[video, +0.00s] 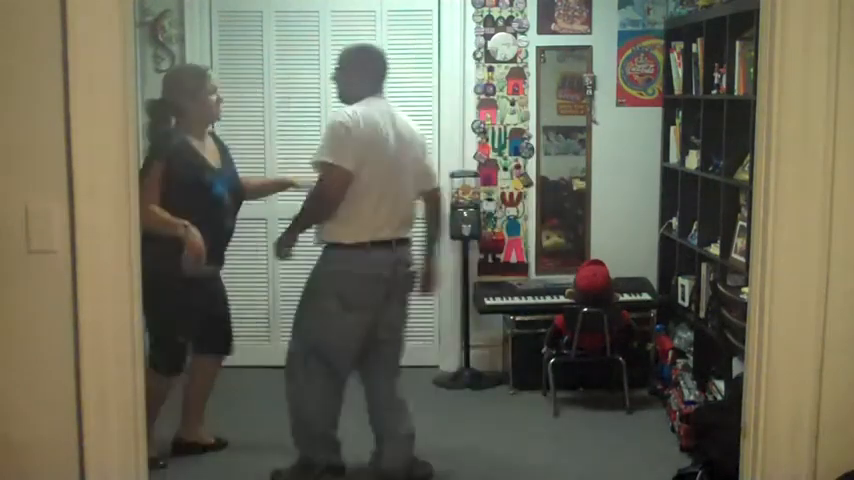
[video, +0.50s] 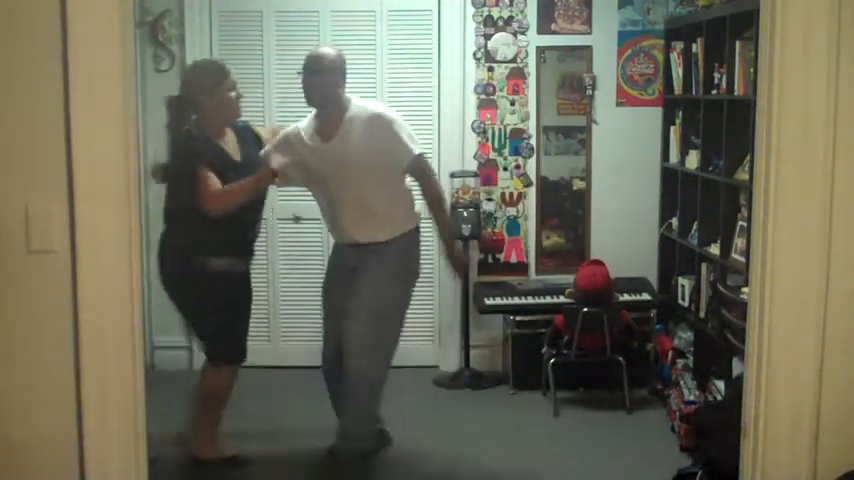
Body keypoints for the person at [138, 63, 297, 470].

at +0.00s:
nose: (220, 98)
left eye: (217, 91)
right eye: (211, 93)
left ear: (201, 101)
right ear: (186, 102)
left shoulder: (214, 144)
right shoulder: (166, 147)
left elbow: (235, 190)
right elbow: (144, 209)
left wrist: (282, 183)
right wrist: (185, 229)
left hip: (204, 267)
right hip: (166, 268)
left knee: (213, 344)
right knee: (168, 356)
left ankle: (191, 433)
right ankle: (142, 440)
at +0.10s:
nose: (218, 98)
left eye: (216, 92)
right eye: (209, 94)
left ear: (199, 103)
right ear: (185, 104)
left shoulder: (211, 144)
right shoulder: (164, 149)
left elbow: (222, 188)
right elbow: (146, 211)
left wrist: (268, 186)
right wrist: (197, 229)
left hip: (203, 269)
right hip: (164, 271)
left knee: (228, 341)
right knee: (157, 360)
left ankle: (194, 423)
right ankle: (140, 441)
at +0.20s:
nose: (218, 99)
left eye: (216, 92)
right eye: (210, 94)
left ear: (195, 103)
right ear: (185, 103)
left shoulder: (210, 142)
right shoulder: (166, 151)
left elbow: (225, 172)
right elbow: (162, 214)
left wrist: (275, 171)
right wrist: (217, 212)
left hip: (206, 266)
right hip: (166, 268)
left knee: (231, 343)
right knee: (153, 360)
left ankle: (202, 428)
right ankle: (139, 440)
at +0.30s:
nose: (222, 101)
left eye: (219, 93)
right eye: (213, 95)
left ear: (204, 102)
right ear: (189, 104)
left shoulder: (216, 140)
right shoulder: (177, 150)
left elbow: (245, 147)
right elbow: (200, 210)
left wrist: (282, 144)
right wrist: (242, 184)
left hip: (212, 270)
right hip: (169, 273)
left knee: (227, 353)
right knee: (156, 363)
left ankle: (207, 446)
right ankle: (139, 446)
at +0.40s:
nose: (227, 99)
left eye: (225, 92)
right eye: (218, 94)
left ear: (214, 98)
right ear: (194, 103)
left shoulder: (226, 137)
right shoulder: (187, 148)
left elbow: (262, 138)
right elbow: (220, 205)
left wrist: (298, 125)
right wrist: (256, 182)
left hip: (221, 267)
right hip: (179, 270)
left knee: (229, 354)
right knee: (193, 360)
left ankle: (207, 445)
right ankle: (145, 428)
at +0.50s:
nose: (238, 96)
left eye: (236, 89)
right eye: (229, 91)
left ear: (225, 97)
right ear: (204, 101)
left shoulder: (243, 134)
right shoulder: (192, 146)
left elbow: (280, 155)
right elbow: (213, 202)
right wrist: (262, 178)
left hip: (231, 258)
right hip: (193, 261)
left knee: (230, 350)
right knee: (224, 351)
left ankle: (207, 441)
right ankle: (203, 444)